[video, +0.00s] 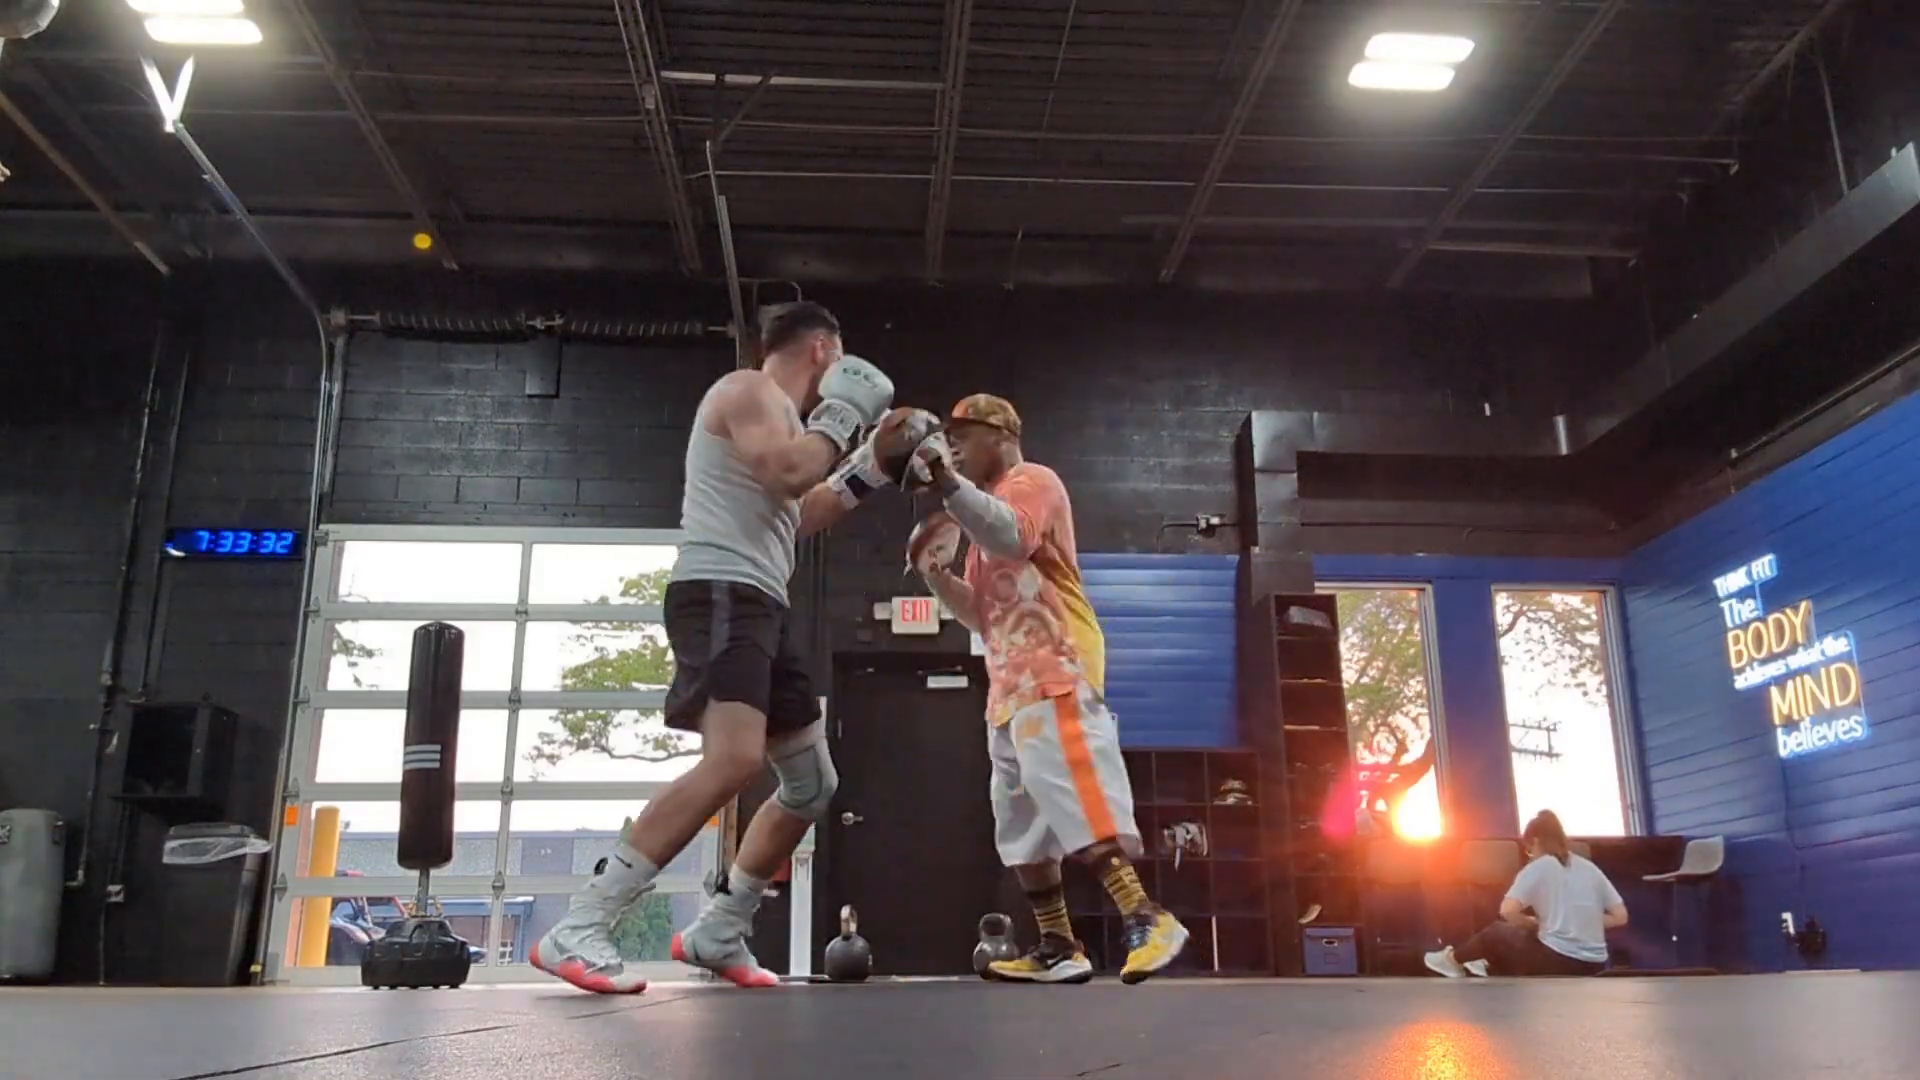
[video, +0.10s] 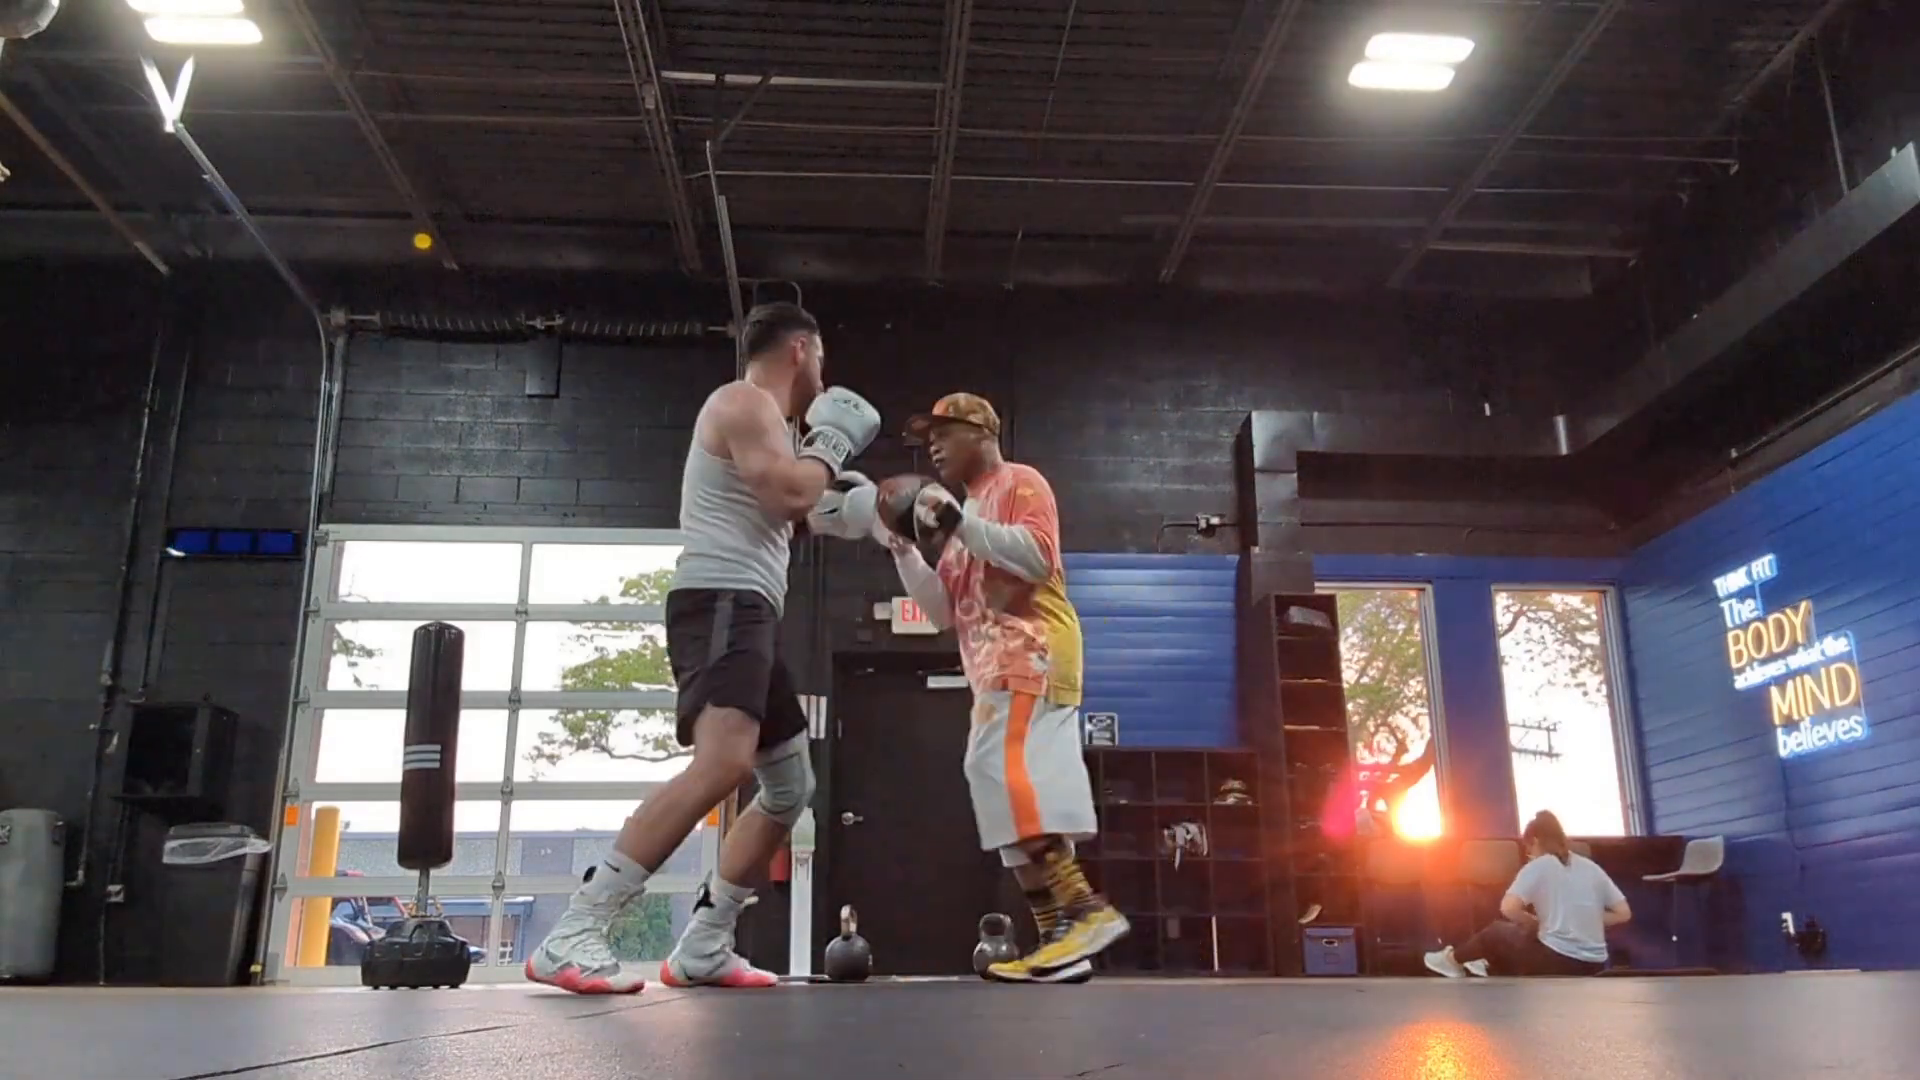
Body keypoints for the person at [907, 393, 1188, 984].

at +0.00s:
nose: (950, 451)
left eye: (961, 436)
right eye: (948, 440)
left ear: (1002, 438)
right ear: (971, 448)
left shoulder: (1033, 480)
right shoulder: (983, 521)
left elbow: (1011, 534)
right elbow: (984, 615)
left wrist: (945, 479)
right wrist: (938, 574)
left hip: (1051, 661)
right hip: (1007, 676)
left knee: (1069, 788)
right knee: (1019, 814)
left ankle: (1150, 921)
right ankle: (1058, 947)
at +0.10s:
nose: (932, 449)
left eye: (942, 436)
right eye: (929, 440)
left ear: (981, 435)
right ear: (939, 447)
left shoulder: (1020, 482)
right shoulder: (959, 515)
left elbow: (1037, 558)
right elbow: (944, 613)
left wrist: (960, 524)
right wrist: (904, 548)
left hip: (1034, 652)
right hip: (995, 663)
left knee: (1000, 770)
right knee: (998, 786)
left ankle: (1085, 910)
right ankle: (1055, 940)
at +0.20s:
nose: (919, 442)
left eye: (929, 429)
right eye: (916, 435)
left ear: (968, 431)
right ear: (925, 445)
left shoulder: (1009, 486)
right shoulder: (925, 524)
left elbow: (1048, 573)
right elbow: (890, 585)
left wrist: (963, 585)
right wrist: (859, 512)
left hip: (1007, 664)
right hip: (966, 670)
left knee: (946, 776)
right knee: (1011, 798)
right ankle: (1056, 942)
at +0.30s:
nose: (902, 437)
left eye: (912, 425)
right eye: (900, 430)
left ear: (950, 427)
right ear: (910, 440)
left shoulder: (982, 479)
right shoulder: (912, 518)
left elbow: (1015, 565)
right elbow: (873, 575)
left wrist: (957, 611)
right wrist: (841, 516)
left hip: (966, 674)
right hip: (943, 675)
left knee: (926, 805)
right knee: (961, 800)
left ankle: (979, 944)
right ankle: (1027, 915)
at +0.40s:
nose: (881, 431)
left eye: (891, 419)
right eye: (879, 424)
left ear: (928, 421)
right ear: (896, 432)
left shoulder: (950, 473)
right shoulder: (912, 490)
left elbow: (943, 541)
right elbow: (904, 594)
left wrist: (893, 547)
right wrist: (867, 568)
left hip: (938, 662)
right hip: (899, 663)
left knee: (919, 796)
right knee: (868, 791)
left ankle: (978, 939)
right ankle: (942, 925)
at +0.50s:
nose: (850, 422)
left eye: (861, 412)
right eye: (849, 415)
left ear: (900, 417)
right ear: (886, 422)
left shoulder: (909, 460)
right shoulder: (884, 475)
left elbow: (879, 479)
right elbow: (890, 576)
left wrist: (813, 454)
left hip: (909, 661)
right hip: (865, 664)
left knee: (915, 808)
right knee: (814, 793)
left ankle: (977, 943)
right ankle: (814, 928)